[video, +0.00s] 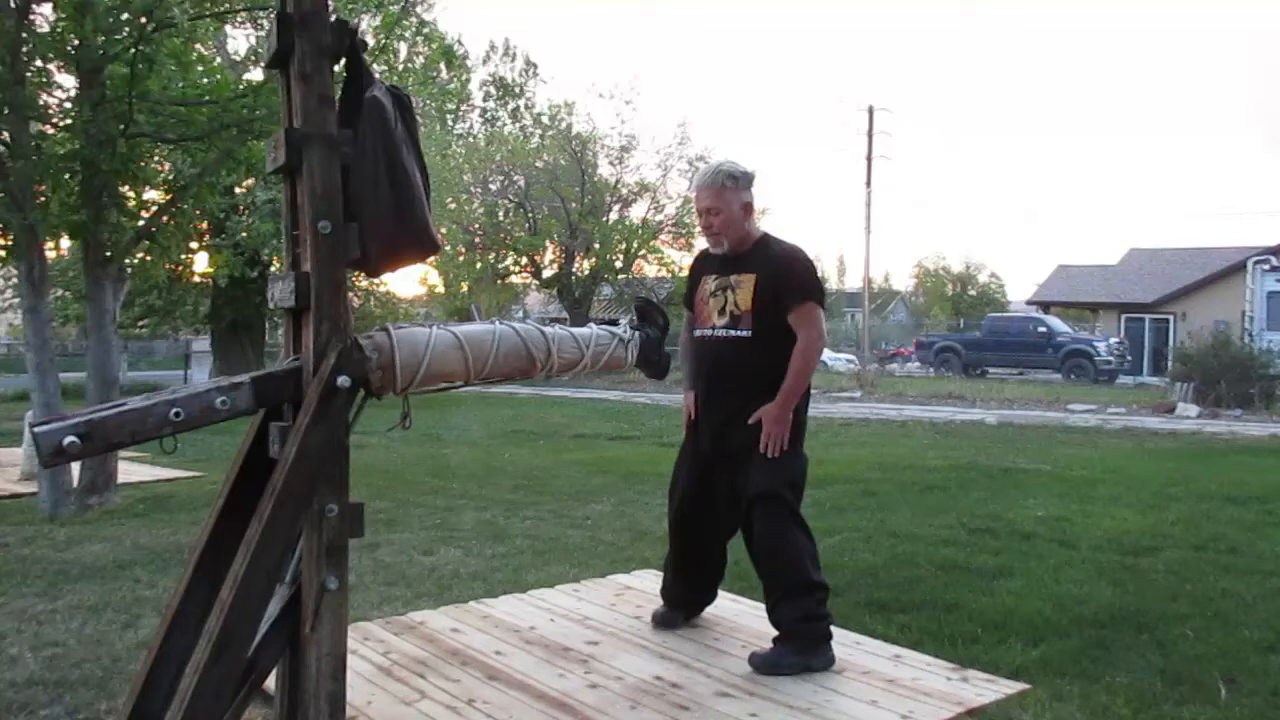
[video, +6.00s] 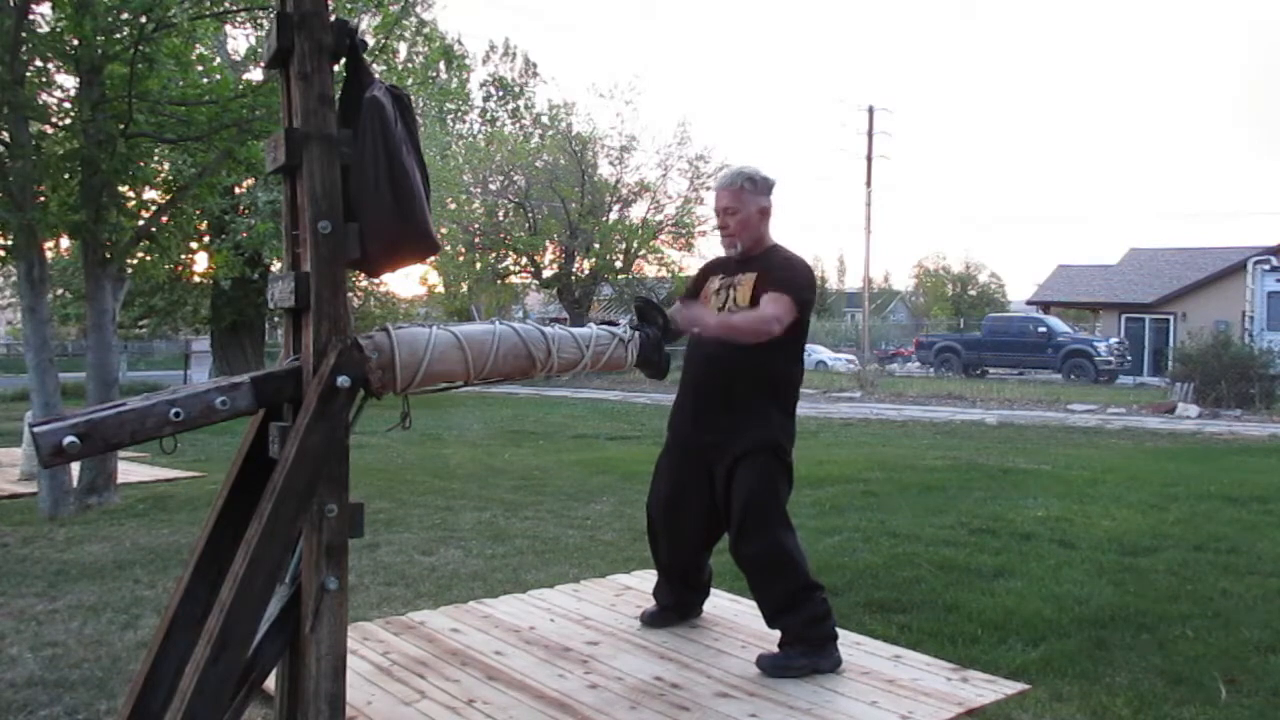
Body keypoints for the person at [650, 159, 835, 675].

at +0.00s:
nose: (706, 222)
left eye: (716, 212)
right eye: (701, 213)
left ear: (747, 207)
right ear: (698, 213)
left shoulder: (786, 262)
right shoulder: (703, 266)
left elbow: (812, 337)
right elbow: (697, 333)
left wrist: (784, 405)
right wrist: (693, 387)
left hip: (768, 412)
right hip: (712, 412)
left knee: (772, 518)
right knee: (691, 505)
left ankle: (807, 640)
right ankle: (685, 597)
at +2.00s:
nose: (681, 246)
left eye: (687, 235)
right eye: (675, 237)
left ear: (719, 221)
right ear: (675, 232)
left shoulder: (767, 269)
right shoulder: (691, 282)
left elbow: (797, 342)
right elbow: (681, 341)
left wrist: (754, 392)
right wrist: (661, 380)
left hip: (771, 424)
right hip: (712, 422)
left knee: (773, 519)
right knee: (691, 510)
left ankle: (807, 641)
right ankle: (682, 600)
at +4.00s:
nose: (732, 217)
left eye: (743, 207)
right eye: (729, 208)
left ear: (774, 210)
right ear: (729, 213)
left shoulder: (798, 272)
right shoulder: (719, 267)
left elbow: (763, 318)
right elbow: (675, 277)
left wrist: (704, 291)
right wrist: (639, 260)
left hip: (760, 434)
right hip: (699, 426)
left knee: (764, 531)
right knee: (674, 515)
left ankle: (813, 644)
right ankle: (681, 599)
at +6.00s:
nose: (723, 222)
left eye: (734, 213)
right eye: (719, 212)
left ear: (766, 212)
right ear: (717, 213)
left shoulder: (790, 270)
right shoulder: (709, 274)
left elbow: (768, 323)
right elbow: (682, 318)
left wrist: (700, 320)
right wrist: (656, 324)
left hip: (757, 428)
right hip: (694, 423)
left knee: (759, 533)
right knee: (670, 512)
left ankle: (813, 642)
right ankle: (680, 598)